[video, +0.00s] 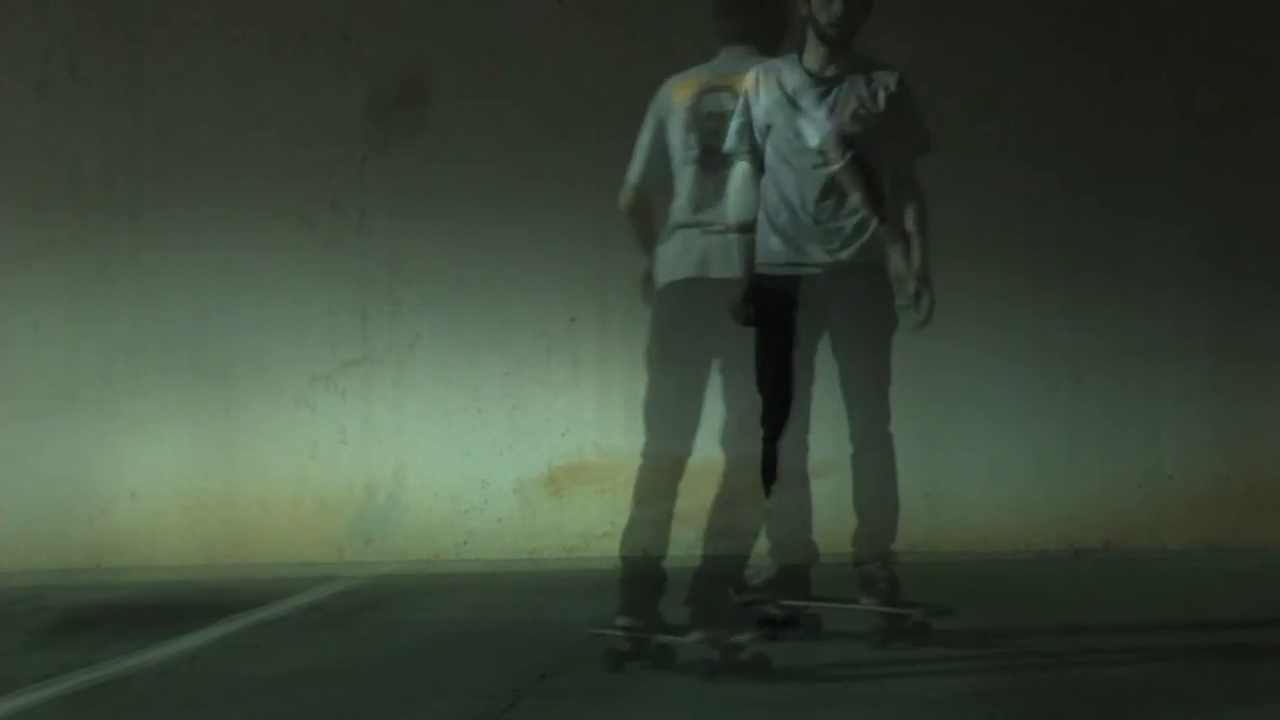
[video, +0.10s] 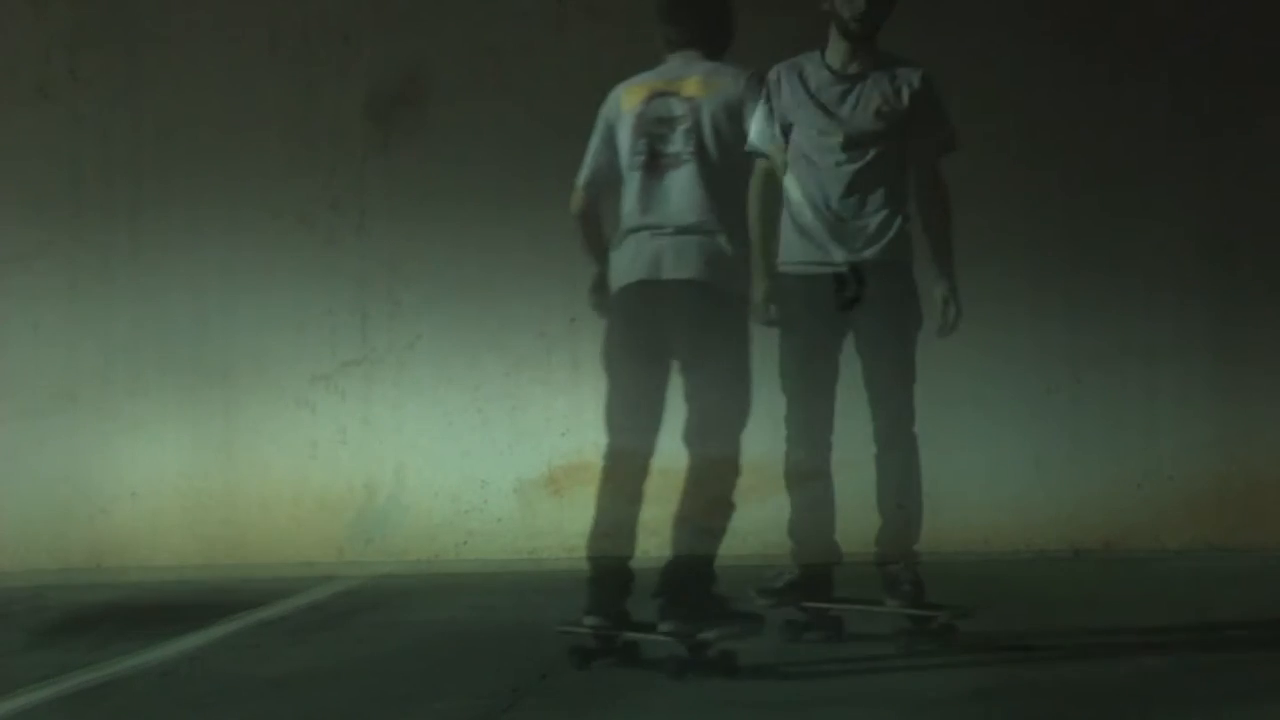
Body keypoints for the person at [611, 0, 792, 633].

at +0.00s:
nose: (784, 26)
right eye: (780, 18)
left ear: (717, 23)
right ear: (774, 22)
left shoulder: (675, 89)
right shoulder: (785, 82)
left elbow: (635, 195)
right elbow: (811, 180)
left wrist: (660, 256)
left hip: (684, 268)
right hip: (760, 268)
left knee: (667, 434)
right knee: (748, 439)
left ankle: (639, 587)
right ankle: (716, 591)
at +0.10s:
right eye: (724, 23)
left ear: (663, 32)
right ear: (723, 31)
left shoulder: (624, 95)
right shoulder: (740, 85)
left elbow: (584, 197)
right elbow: (765, 175)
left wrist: (603, 265)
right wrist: (765, 264)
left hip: (635, 274)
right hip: (712, 271)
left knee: (628, 439)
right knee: (715, 438)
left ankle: (605, 590)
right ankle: (688, 586)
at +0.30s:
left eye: (597, 39)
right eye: (651, 45)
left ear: (592, 48)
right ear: (649, 46)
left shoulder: (555, 105)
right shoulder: (663, 94)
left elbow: (511, 209)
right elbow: (708, 167)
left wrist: (529, 271)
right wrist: (756, 256)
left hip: (560, 293)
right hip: (632, 292)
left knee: (547, 436)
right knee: (630, 444)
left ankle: (511, 578)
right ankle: (589, 582)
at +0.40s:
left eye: (570, 48)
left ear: (566, 56)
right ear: (623, 56)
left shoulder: (528, 111)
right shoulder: (637, 103)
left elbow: (481, 214)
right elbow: (685, 176)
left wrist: (495, 275)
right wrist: (736, 263)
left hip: (528, 296)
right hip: (598, 297)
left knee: (515, 439)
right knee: (592, 448)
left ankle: (487, 573)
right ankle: (542, 578)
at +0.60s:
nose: (581, 79)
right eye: (581, 69)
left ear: (522, 66)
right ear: (579, 68)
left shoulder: (480, 119)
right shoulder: (589, 117)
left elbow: (428, 205)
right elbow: (637, 197)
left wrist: (431, 272)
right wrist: (673, 275)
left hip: (477, 301)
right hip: (544, 302)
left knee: (480, 439)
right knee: (547, 443)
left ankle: (462, 573)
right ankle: (506, 571)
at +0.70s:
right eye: (564, 77)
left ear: (506, 72)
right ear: (562, 76)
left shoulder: (464, 120)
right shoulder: (568, 119)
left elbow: (410, 204)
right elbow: (607, 202)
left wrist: (409, 276)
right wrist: (634, 278)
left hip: (456, 298)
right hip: (523, 297)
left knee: (458, 438)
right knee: (533, 437)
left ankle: (446, 575)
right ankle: (493, 566)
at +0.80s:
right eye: (553, 88)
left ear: (493, 79)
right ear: (550, 83)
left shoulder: (451, 124)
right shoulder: (552, 123)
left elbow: (395, 208)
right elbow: (587, 207)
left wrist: (392, 279)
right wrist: (607, 284)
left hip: (440, 301)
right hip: (504, 300)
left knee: (449, 435)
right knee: (513, 437)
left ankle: (432, 565)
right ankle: (473, 563)